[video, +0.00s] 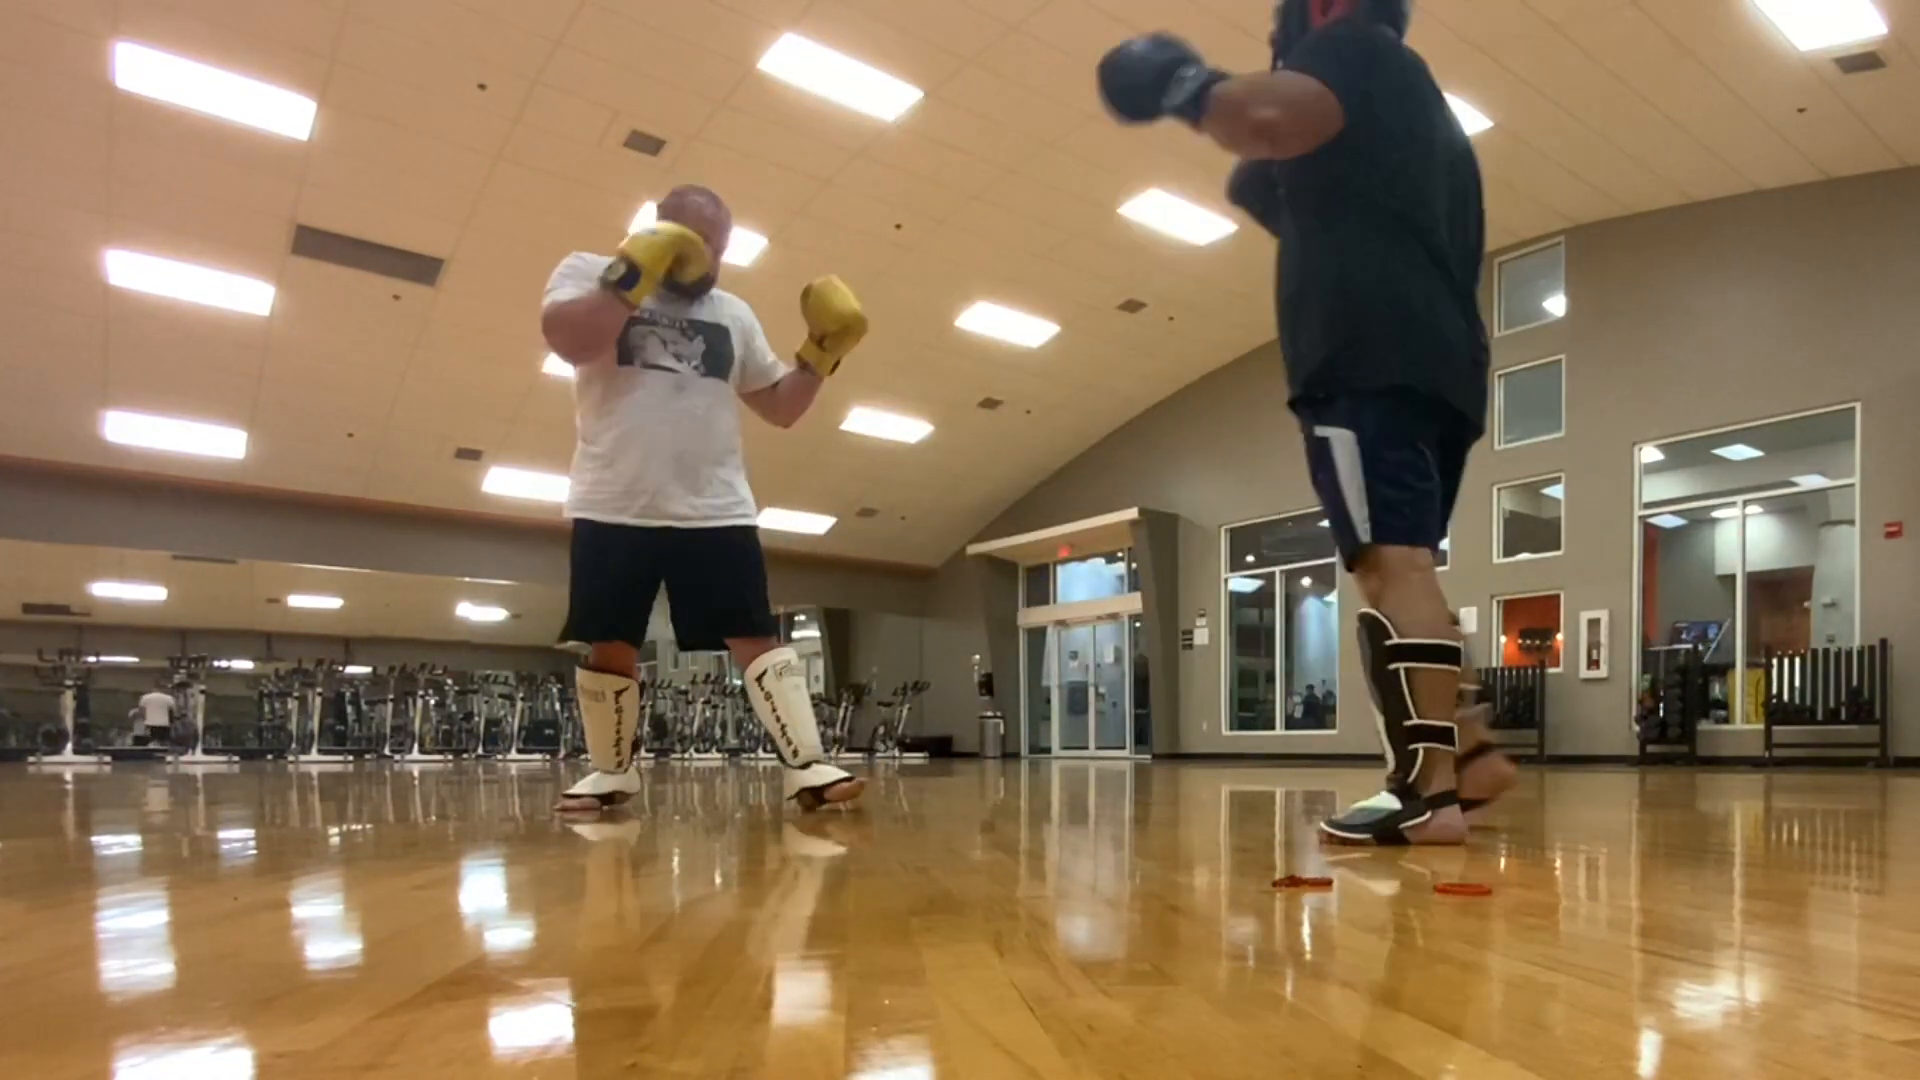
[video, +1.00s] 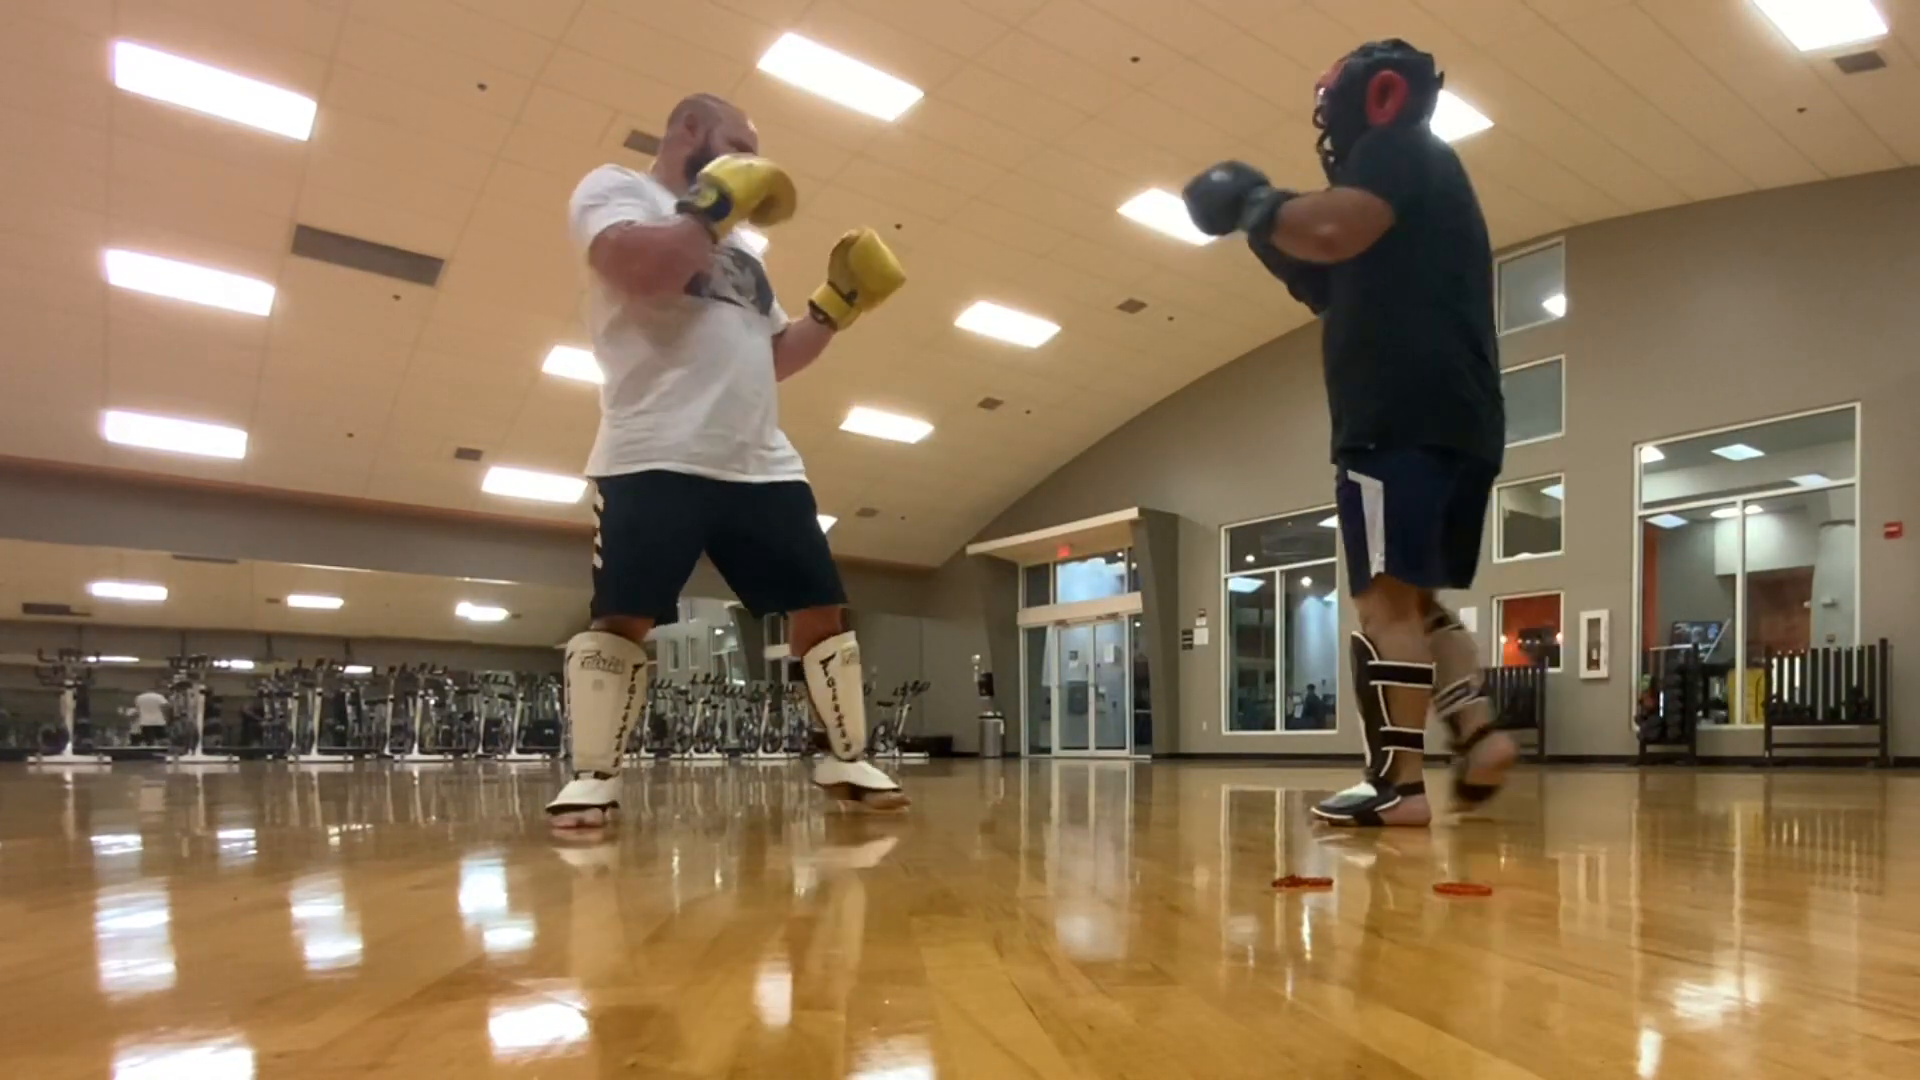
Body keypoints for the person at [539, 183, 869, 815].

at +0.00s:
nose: (705, 258)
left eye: (716, 247)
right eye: (693, 241)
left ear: (724, 250)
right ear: (660, 228)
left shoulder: (732, 314)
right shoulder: (591, 273)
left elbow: (780, 406)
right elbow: (571, 343)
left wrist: (820, 356)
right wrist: (635, 273)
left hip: (716, 504)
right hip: (615, 501)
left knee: (751, 632)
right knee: (609, 644)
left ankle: (807, 763)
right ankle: (612, 773)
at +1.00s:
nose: (752, 166)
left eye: (755, 159)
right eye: (741, 149)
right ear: (687, 130)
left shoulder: (744, 258)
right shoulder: (616, 188)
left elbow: (769, 359)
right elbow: (640, 270)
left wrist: (834, 307)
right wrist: (718, 203)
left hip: (758, 456)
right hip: (654, 450)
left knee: (818, 598)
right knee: (626, 609)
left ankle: (847, 756)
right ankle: (593, 777)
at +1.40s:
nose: (845, 175)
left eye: (850, 167)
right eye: (837, 156)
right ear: (785, 138)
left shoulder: (832, 270)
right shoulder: (708, 192)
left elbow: (847, 374)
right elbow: (706, 278)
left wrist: (903, 340)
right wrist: (806, 230)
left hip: (823, 452)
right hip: (731, 431)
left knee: (839, 607)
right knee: (721, 590)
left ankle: (869, 773)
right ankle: (669, 773)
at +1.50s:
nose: (833, 176)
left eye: (839, 167)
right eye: (830, 160)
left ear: (800, 148)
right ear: (785, 138)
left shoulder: (826, 249)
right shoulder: (709, 186)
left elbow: (885, 345)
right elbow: (744, 269)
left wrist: (926, 287)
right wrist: (820, 210)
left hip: (819, 445)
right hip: (727, 436)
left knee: (894, 590)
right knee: (743, 600)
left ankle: (896, 742)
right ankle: (702, 785)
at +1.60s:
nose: (840, 188)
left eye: (842, 177)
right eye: (832, 171)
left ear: (798, 160)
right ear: (785, 153)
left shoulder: (816, 248)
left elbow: (902, 326)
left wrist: (939, 275)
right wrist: (861, 200)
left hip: (811, 437)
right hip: (730, 450)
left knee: (947, 458)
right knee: (754, 611)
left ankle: (936, 610)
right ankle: (707, 788)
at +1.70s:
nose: (834, 180)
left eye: (838, 170)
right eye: (822, 162)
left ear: (785, 154)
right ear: (774, 148)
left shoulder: (818, 237)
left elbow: (903, 304)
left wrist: (963, 323)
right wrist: (859, 198)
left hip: (828, 430)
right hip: (742, 454)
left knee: (954, 382)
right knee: (751, 601)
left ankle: (968, 521)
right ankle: (707, 786)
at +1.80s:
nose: (821, 161)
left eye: (825, 149)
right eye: (812, 145)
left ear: (778, 137)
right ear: (762, 131)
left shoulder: (835, 226)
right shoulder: (696, 203)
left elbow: (905, 299)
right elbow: (747, 259)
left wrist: (973, 331)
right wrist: (824, 189)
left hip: (858, 431)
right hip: (765, 448)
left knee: (1030, 433)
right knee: (757, 606)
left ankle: (990, 590)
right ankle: (707, 786)